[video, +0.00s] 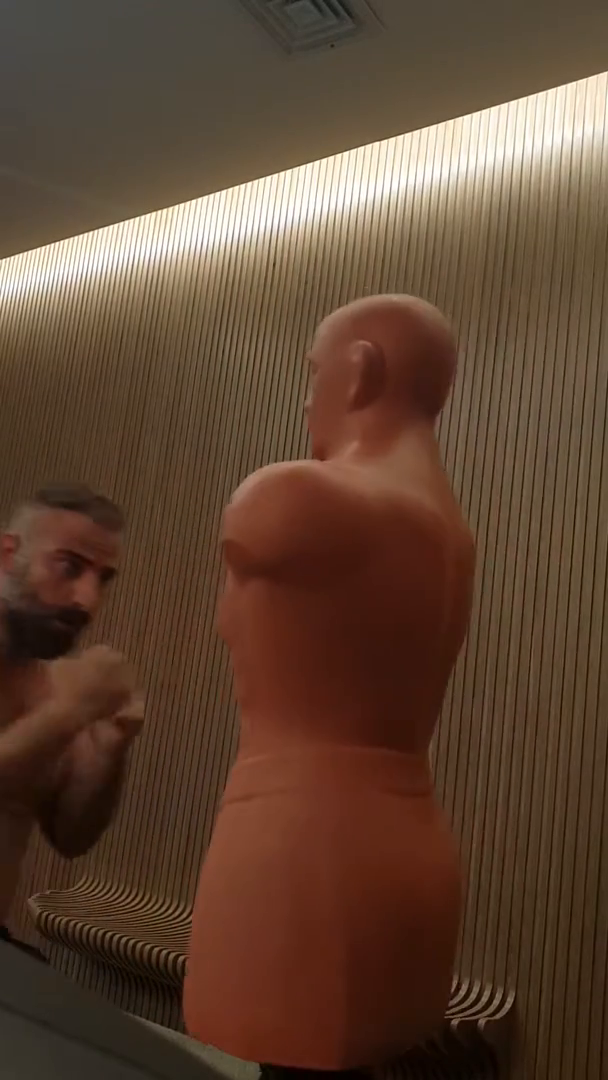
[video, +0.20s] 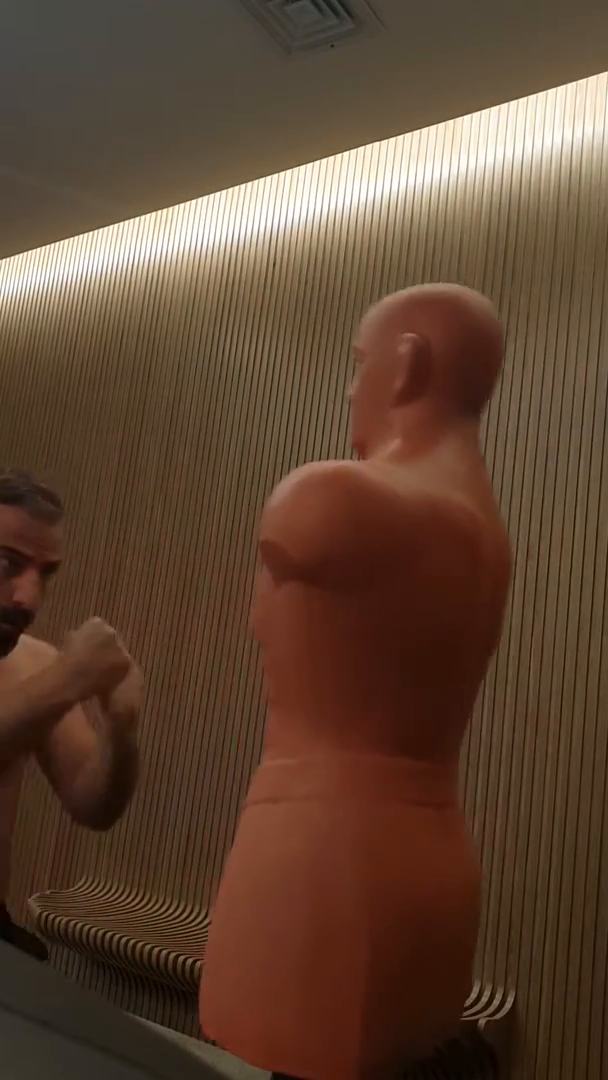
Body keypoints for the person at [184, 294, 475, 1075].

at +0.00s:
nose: (308, 401)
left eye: (315, 372)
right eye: (310, 374)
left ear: (360, 374)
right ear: (437, 398)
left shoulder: (287, 501)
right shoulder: (451, 535)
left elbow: (233, 625)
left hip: (297, 858)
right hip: (408, 845)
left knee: (261, 1062)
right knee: (368, 1060)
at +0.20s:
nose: (349, 390)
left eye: (359, 364)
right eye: (353, 366)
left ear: (410, 367)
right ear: (473, 391)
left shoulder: (327, 502)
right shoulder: (484, 536)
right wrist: (283, 610)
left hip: (318, 868)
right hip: (428, 856)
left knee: (274, 1065)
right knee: (390, 1064)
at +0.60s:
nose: (393, 360)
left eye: (410, 331)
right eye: (401, 334)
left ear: (470, 339)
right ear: (544, 363)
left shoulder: (360, 512)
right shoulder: (541, 537)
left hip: (334, 900)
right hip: (451, 888)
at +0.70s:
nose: (363, 360)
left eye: (375, 330)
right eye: (369, 332)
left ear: (433, 338)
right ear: (509, 360)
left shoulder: (336, 508)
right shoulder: (509, 518)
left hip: (322, 894)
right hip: (438, 877)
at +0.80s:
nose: (334, 388)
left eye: (345, 359)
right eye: (338, 362)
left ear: (397, 361)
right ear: (466, 387)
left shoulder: (313, 504)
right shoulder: (481, 533)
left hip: (312, 870)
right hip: (423, 854)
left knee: (272, 1064)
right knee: (376, 1065)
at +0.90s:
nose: (330, 420)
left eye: (337, 396)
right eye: (331, 399)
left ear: (382, 392)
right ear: (450, 416)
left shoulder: (308, 505)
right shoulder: (464, 547)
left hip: (309, 848)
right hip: (417, 837)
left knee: (291, 1061)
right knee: (381, 1061)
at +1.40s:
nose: (379, 368)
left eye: (393, 339)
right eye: (385, 342)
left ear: (448, 348)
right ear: (517, 370)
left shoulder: (351, 508)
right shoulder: (519, 530)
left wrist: (402, 461)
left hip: (331, 889)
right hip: (446, 872)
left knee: (278, 1065)